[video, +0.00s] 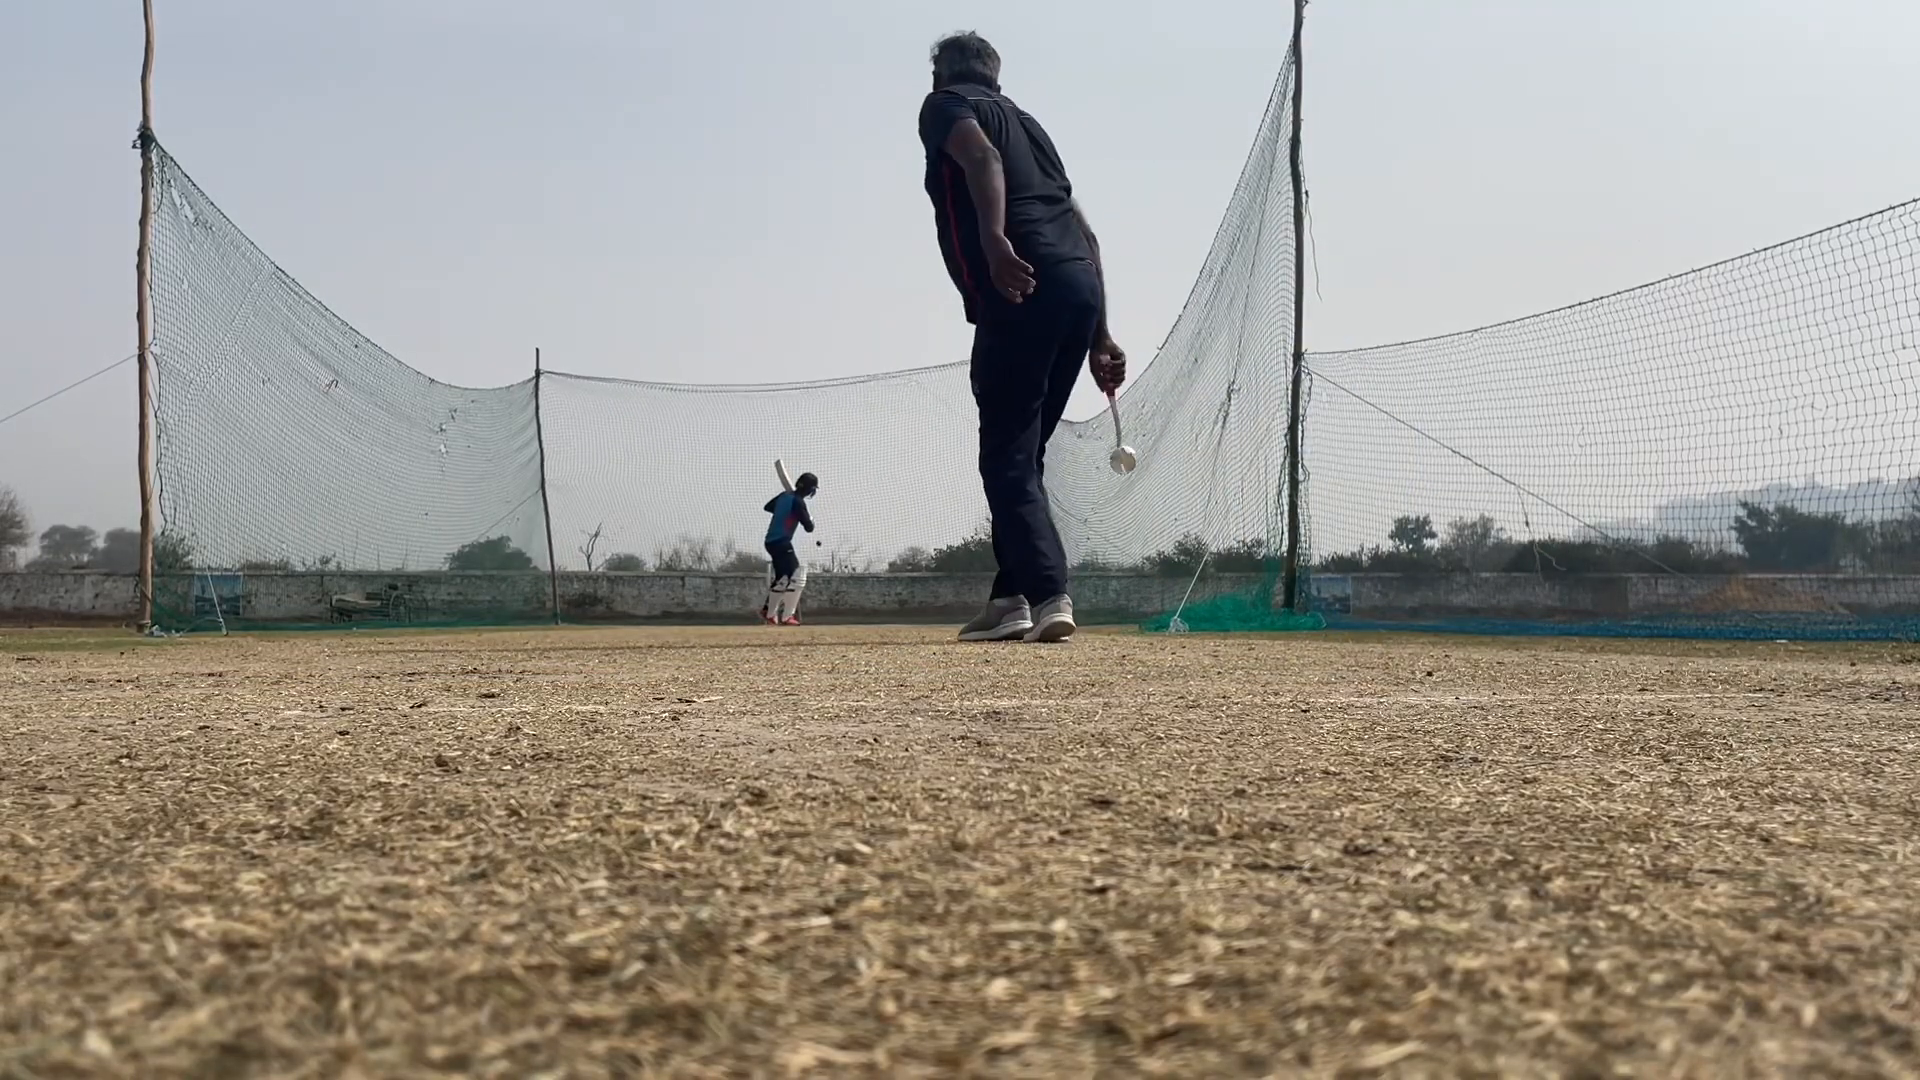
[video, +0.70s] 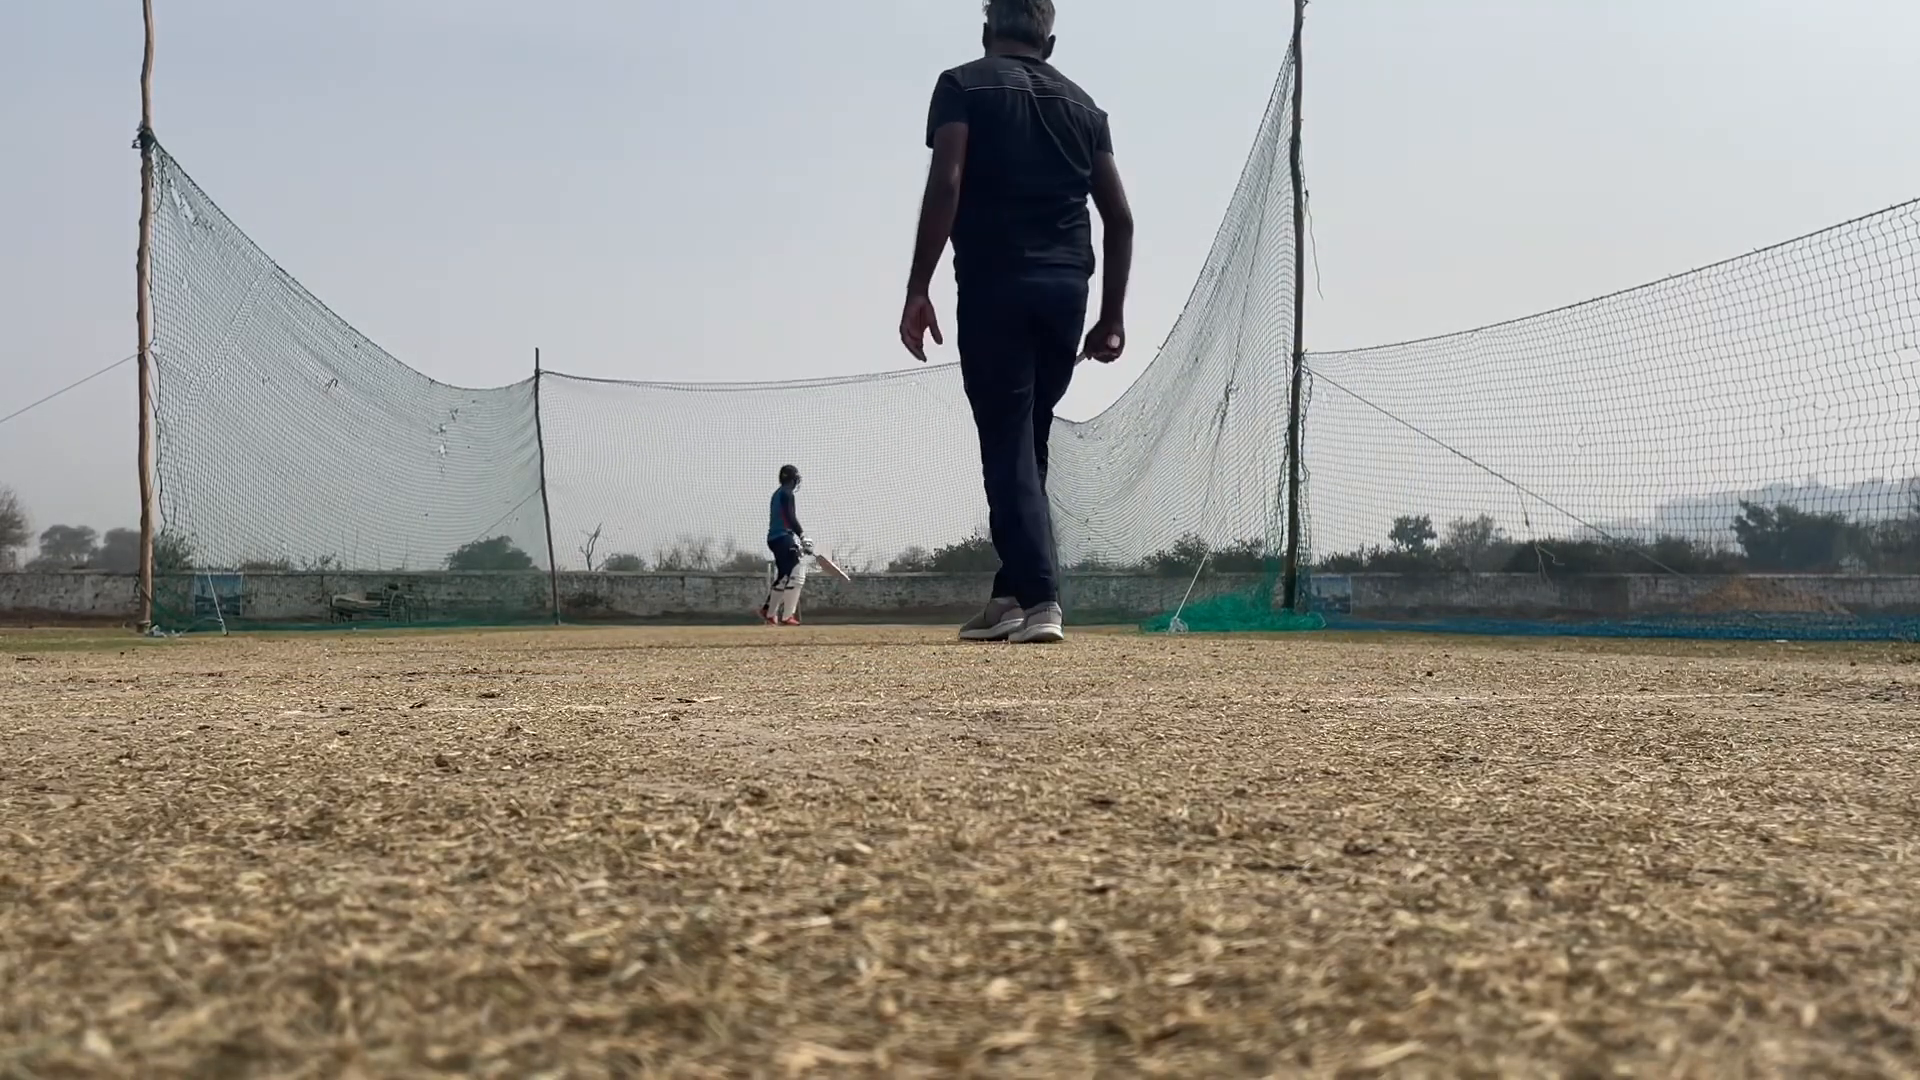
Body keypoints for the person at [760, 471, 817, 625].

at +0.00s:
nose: (814, 492)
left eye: (815, 489)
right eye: (813, 488)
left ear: (799, 484)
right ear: (808, 488)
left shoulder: (784, 495)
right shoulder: (798, 501)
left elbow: (768, 507)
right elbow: (808, 527)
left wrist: (784, 512)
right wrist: (809, 521)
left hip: (771, 541)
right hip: (782, 542)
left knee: (782, 577)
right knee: (797, 575)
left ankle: (770, 613)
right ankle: (788, 615)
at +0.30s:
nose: (812, 488)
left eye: (813, 484)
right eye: (812, 484)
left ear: (796, 482)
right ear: (807, 485)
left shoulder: (785, 496)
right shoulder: (797, 499)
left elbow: (772, 512)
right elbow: (807, 523)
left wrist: (789, 516)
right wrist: (813, 526)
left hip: (773, 541)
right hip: (783, 541)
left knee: (782, 576)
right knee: (797, 575)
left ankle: (770, 611)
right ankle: (788, 615)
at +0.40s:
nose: (809, 485)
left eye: (809, 481)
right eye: (808, 481)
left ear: (794, 481)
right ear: (802, 482)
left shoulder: (785, 495)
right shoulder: (795, 497)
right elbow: (803, 520)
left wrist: (811, 525)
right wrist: (813, 531)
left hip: (774, 540)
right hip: (783, 541)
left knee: (783, 577)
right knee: (798, 574)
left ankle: (771, 613)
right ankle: (788, 616)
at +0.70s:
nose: (798, 482)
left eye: (798, 479)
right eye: (796, 479)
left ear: (783, 478)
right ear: (792, 479)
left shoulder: (778, 494)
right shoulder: (787, 494)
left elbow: (783, 520)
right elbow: (790, 518)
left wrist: (797, 538)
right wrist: (802, 536)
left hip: (775, 537)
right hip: (783, 536)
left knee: (783, 574)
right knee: (794, 573)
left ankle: (770, 610)